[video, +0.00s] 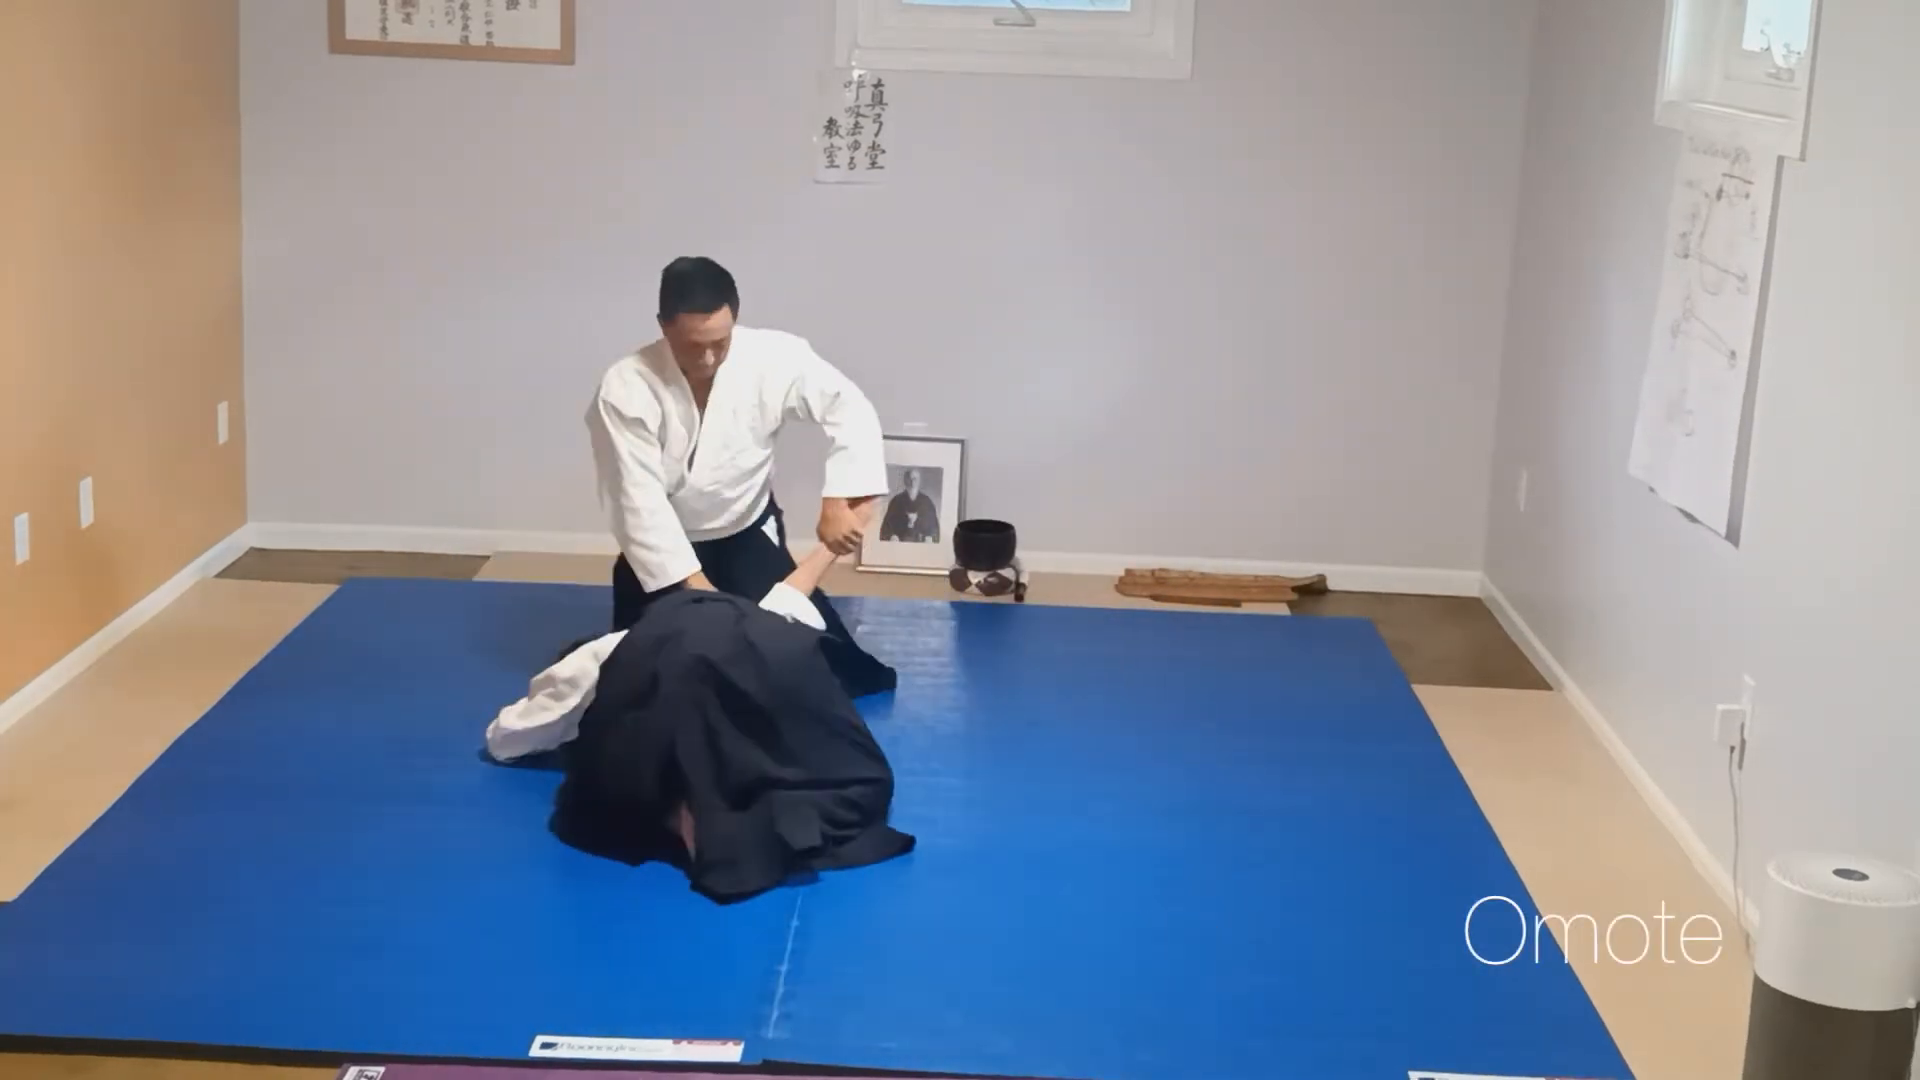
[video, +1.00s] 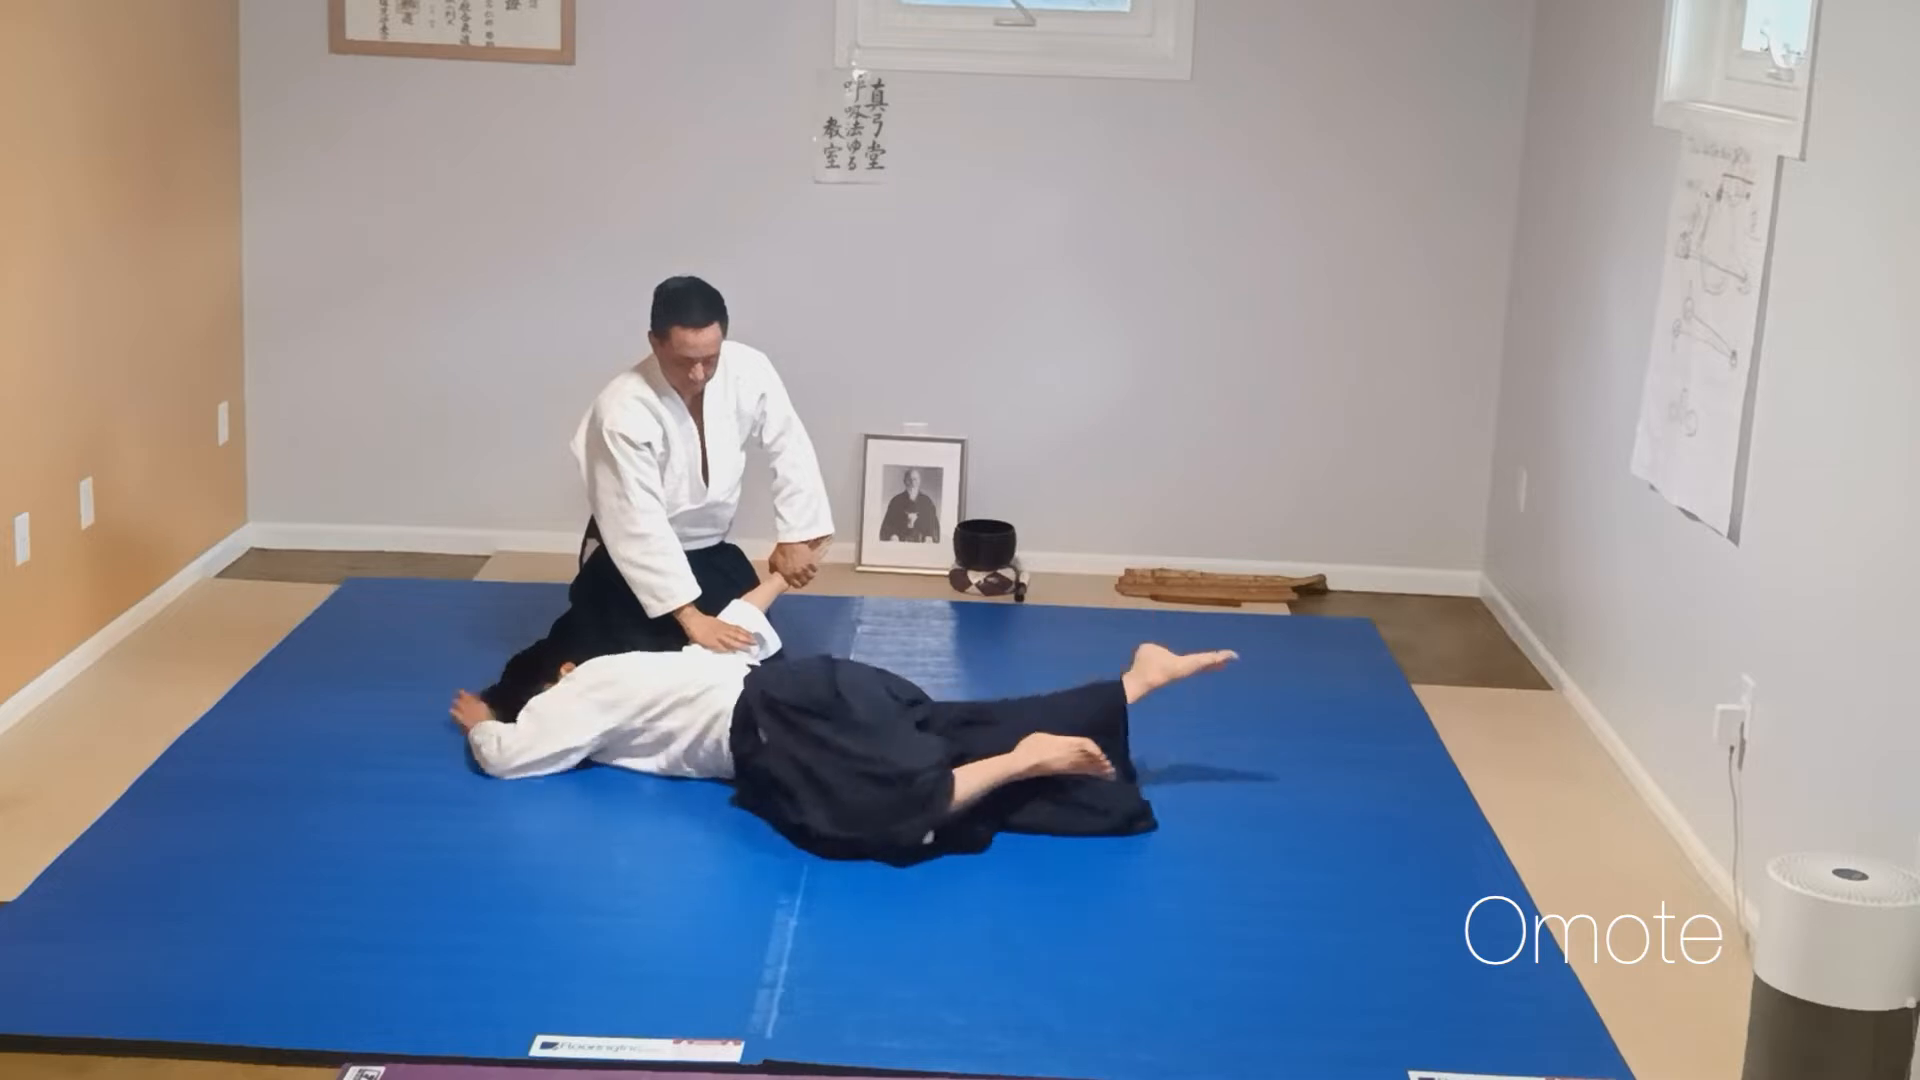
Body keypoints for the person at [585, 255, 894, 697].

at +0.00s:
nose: (709, 358)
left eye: (720, 343)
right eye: (695, 346)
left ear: (733, 320)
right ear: (665, 329)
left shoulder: (776, 361)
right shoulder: (626, 389)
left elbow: (850, 411)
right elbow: (639, 504)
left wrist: (838, 502)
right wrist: (697, 589)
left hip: (749, 548)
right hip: (659, 557)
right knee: (654, 678)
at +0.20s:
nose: (716, 362)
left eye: (727, 347)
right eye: (701, 350)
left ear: (740, 324)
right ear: (670, 331)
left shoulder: (769, 356)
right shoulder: (633, 401)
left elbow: (807, 425)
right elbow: (648, 519)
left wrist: (807, 513)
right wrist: (703, 600)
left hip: (730, 557)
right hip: (639, 568)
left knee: (743, 671)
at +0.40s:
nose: (713, 373)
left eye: (723, 360)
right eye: (699, 362)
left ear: (737, 338)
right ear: (667, 342)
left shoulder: (762, 365)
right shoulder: (629, 411)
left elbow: (799, 438)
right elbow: (643, 526)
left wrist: (797, 521)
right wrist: (698, 611)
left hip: (719, 550)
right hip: (635, 561)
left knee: (752, 645)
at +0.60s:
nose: (703, 376)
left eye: (713, 361)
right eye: (689, 364)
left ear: (726, 338)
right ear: (658, 345)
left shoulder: (755, 369)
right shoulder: (622, 414)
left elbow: (794, 446)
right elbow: (637, 525)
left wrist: (798, 530)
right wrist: (690, 611)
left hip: (717, 561)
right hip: (630, 570)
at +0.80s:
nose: (700, 374)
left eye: (710, 360)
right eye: (686, 363)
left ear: (723, 338)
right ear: (655, 345)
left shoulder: (750, 371)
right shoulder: (621, 413)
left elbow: (791, 448)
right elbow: (635, 526)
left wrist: (794, 534)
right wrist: (689, 614)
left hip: (714, 561)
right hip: (631, 569)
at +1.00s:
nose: (699, 373)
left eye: (710, 359)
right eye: (685, 361)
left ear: (722, 338)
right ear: (655, 343)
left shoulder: (748, 371)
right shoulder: (623, 412)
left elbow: (790, 449)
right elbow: (636, 527)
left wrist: (795, 538)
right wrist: (691, 616)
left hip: (712, 556)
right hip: (632, 565)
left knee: (753, 649)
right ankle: (582, 629)